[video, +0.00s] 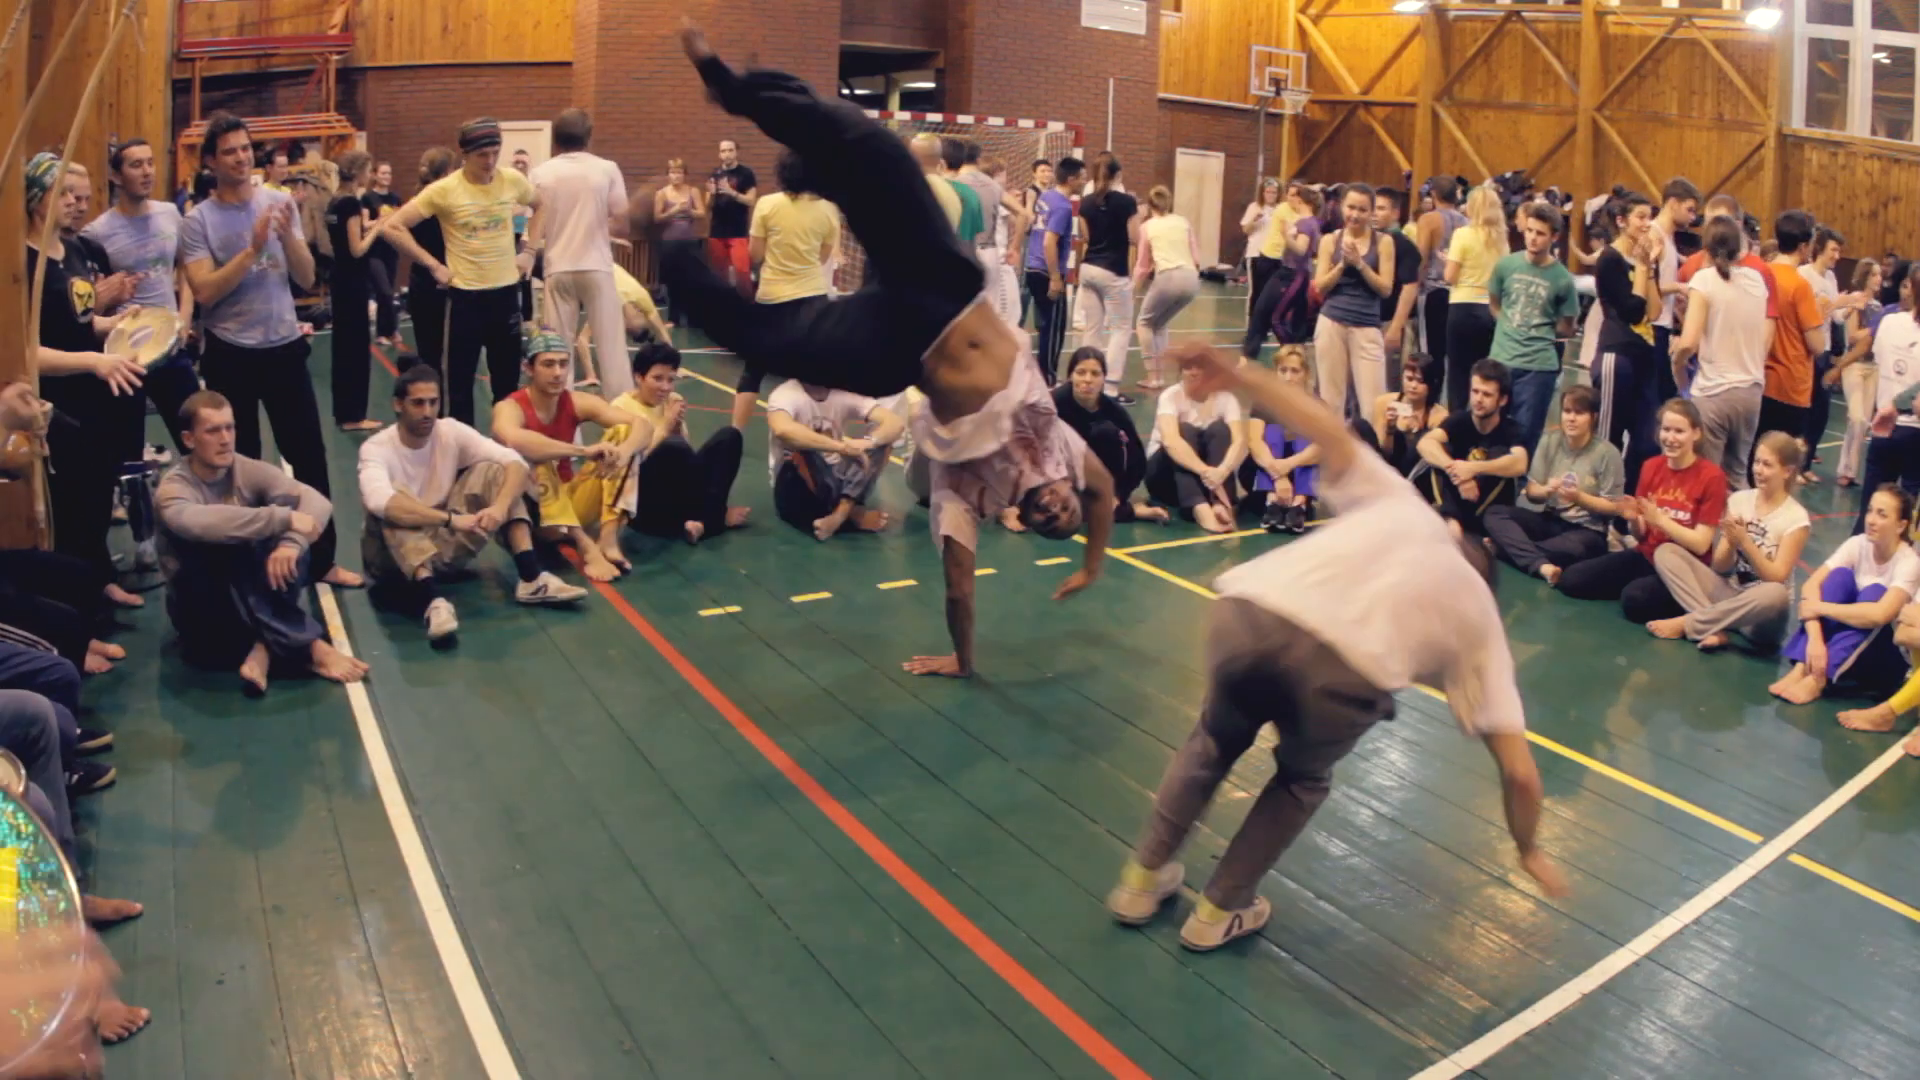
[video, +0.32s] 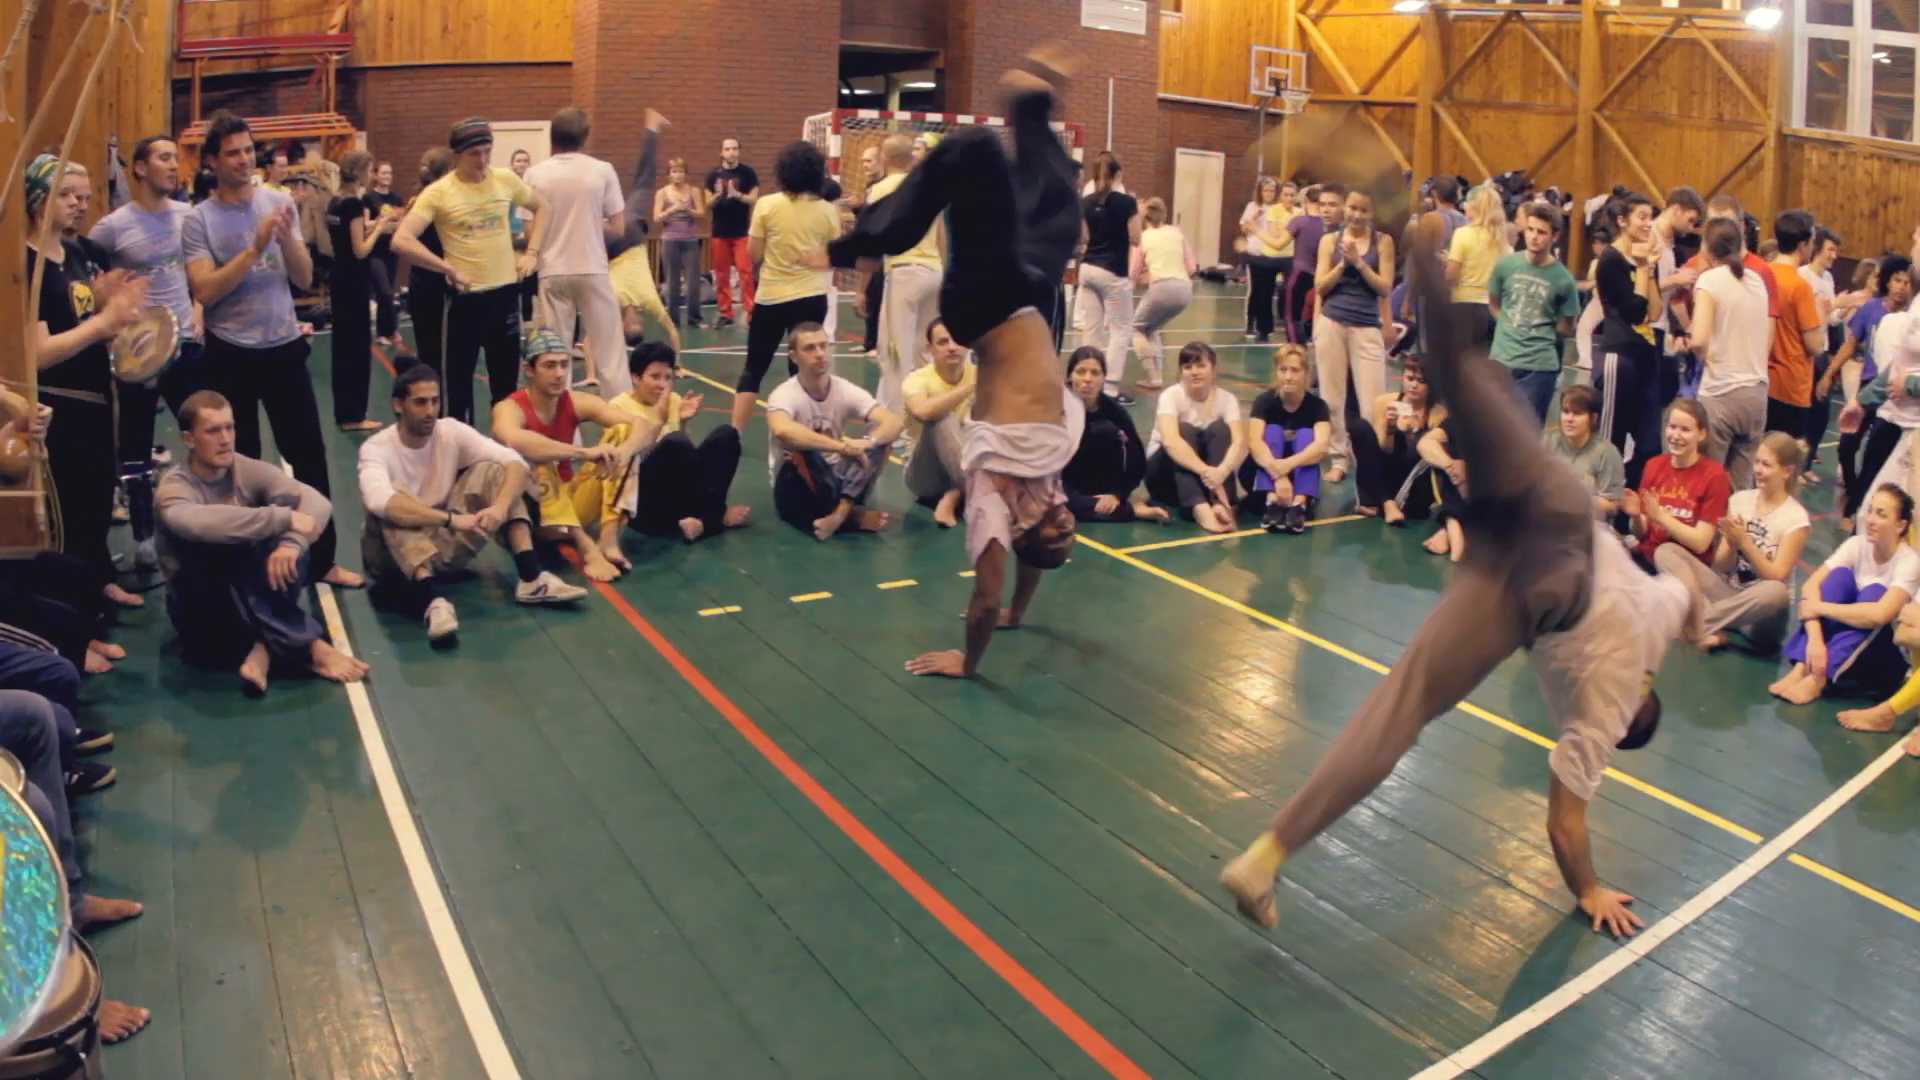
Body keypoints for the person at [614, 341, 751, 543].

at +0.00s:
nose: (665, 387)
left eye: (671, 380)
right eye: (658, 379)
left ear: (675, 381)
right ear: (638, 378)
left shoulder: (671, 405)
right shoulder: (620, 408)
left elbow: (685, 450)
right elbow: (632, 462)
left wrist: (676, 425)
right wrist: (665, 425)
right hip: (644, 512)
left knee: (730, 436)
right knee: (674, 449)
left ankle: (701, 521)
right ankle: (718, 515)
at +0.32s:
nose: (662, 385)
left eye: (667, 378)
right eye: (654, 377)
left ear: (673, 380)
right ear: (636, 379)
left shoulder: (673, 402)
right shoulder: (619, 407)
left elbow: (690, 456)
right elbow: (635, 455)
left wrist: (681, 422)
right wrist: (663, 416)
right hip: (646, 513)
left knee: (727, 434)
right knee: (674, 445)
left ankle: (700, 517)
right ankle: (716, 516)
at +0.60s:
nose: (650, 388)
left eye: (654, 381)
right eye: (643, 381)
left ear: (659, 380)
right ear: (623, 382)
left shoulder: (659, 403)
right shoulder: (610, 409)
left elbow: (687, 440)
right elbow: (636, 446)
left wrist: (686, 402)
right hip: (642, 512)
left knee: (717, 428)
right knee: (673, 437)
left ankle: (700, 517)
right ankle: (713, 511)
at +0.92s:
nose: (641, 382)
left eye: (644, 374)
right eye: (633, 376)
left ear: (648, 374)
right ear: (613, 383)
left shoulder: (654, 402)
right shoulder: (603, 422)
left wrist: (668, 419)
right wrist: (718, 508)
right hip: (645, 512)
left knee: (718, 426)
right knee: (675, 436)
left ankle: (701, 514)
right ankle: (713, 511)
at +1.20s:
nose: (639, 376)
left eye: (640, 368)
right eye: (629, 372)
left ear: (646, 368)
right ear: (612, 384)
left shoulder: (659, 402)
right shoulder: (606, 420)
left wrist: (674, 419)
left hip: (682, 504)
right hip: (646, 511)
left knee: (721, 429)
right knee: (677, 438)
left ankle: (702, 516)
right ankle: (718, 513)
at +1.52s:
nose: (645, 375)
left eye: (647, 367)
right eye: (635, 372)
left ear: (652, 368)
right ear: (619, 383)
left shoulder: (665, 400)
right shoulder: (613, 413)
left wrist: (677, 418)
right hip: (647, 512)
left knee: (727, 432)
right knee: (676, 440)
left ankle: (703, 518)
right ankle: (719, 513)